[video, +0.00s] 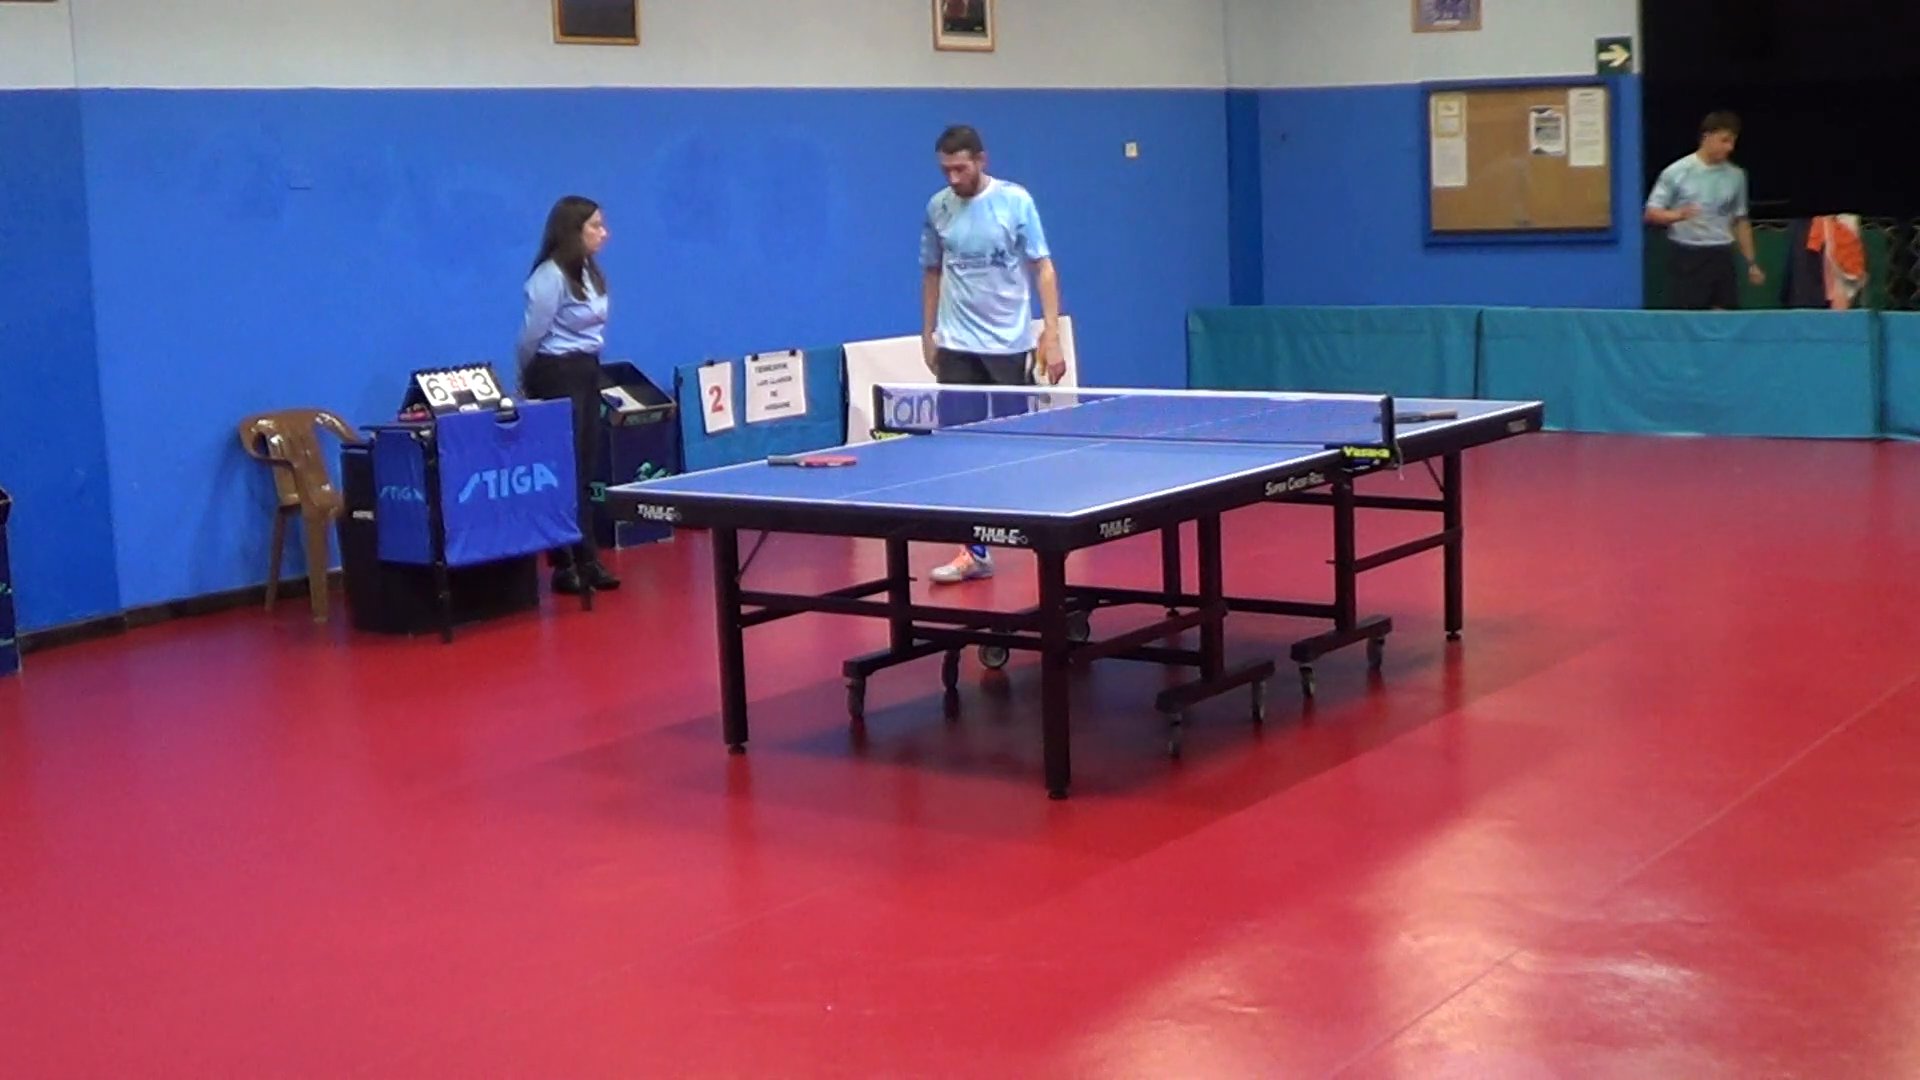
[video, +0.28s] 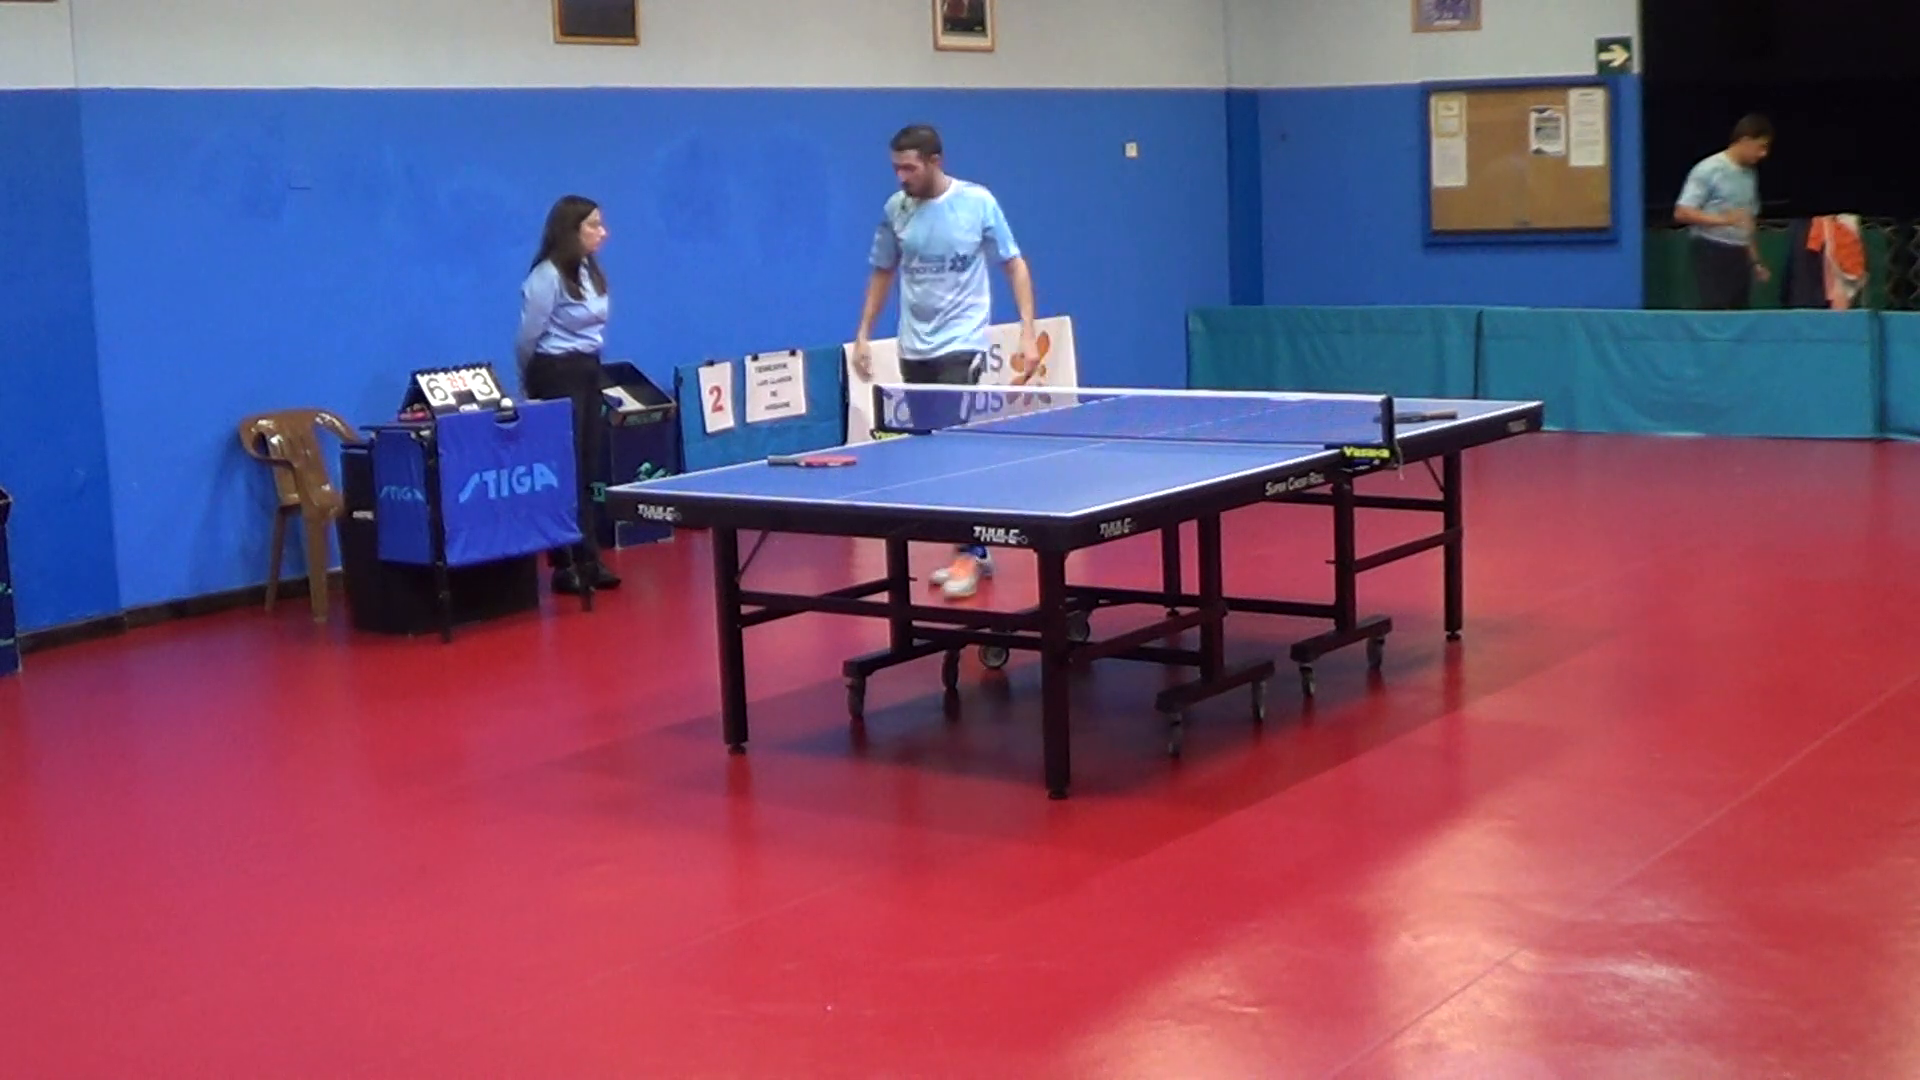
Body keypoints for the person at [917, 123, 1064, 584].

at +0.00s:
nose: (952, 178)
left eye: (959, 169)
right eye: (946, 170)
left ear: (981, 161)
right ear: (942, 167)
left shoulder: (1015, 200)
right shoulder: (938, 206)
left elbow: (1044, 267)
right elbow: (931, 271)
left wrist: (1051, 335)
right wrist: (928, 332)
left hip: (1009, 347)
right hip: (955, 347)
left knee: (1014, 444)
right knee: (959, 446)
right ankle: (975, 549)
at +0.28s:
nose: (900, 178)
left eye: (907, 169)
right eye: (896, 170)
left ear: (934, 163)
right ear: (899, 168)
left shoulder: (977, 203)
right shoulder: (896, 207)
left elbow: (1014, 264)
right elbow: (882, 271)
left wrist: (1029, 337)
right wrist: (862, 334)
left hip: (962, 346)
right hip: (914, 349)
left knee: (952, 446)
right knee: (935, 449)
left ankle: (970, 552)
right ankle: (972, 549)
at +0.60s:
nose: (843, 173)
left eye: (849, 164)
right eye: (841, 165)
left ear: (880, 162)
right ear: (852, 165)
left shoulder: (926, 211)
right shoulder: (846, 209)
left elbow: (951, 286)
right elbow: (835, 274)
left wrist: (955, 363)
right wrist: (808, 336)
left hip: (912, 362)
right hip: (859, 362)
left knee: (919, 463)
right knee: (867, 467)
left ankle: (947, 542)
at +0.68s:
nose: (823, 169)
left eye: (829, 160)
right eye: (821, 160)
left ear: (859, 157)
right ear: (842, 159)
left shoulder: (909, 207)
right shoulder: (833, 206)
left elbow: (934, 286)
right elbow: (828, 272)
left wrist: (927, 362)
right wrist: (806, 333)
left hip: (902, 365)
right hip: (845, 363)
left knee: (915, 471)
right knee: (837, 465)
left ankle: (912, 576)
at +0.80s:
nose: (790, 169)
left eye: (796, 159)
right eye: (788, 159)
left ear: (823, 155)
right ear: (814, 157)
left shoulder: (879, 205)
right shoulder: (812, 205)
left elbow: (902, 284)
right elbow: (819, 279)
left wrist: (878, 362)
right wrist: (801, 336)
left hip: (870, 367)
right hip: (818, 363)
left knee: (878, 471)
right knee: (787, 455)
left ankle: (905, 577)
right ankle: (851, 558)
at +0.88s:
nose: (766, 172)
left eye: (771, 162)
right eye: (766, 162)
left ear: (796, 159)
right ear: (794, 160)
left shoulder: (856, 208)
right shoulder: (793, 211)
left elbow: (875, 288)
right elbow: (812, 288)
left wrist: (843, 360)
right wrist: (804, 349)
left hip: (854, 368)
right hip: (803, 364)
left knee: (877, 473)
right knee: (776, 462)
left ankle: (903, 581)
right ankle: (787, 585)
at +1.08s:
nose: (699, 179)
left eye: (703, 169)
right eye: (699, 170)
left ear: (726, 167)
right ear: (727, 168)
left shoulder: (781, 214)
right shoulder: (735, 221)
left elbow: (805, 289)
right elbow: (749, 306)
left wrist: (769, 357)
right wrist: (730, 375)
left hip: (793, 385)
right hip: (742, 386)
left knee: (833, 491)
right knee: (731, 500)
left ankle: (893, 578)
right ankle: (719, 607)